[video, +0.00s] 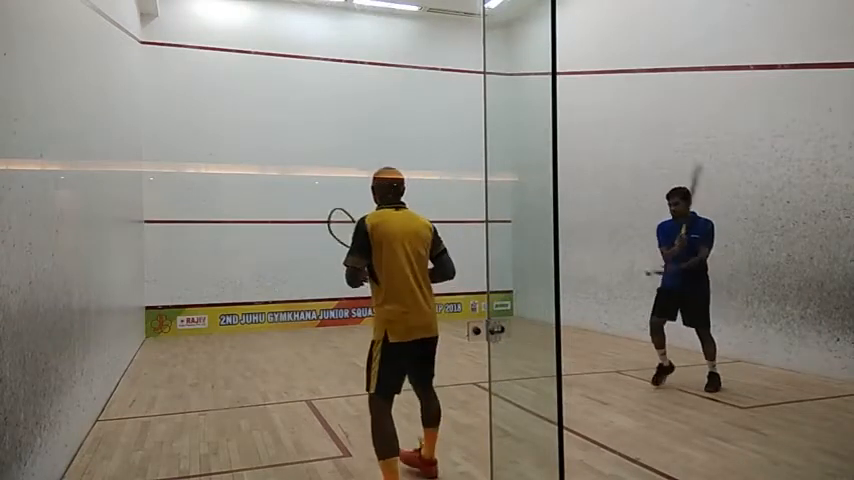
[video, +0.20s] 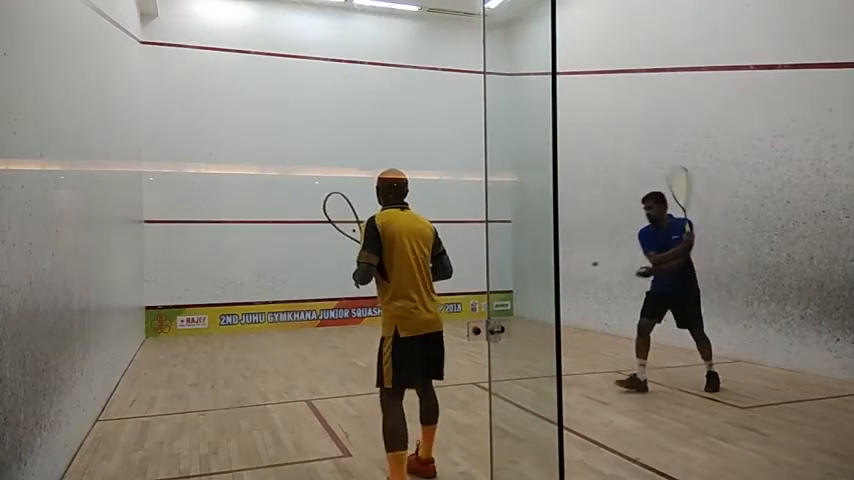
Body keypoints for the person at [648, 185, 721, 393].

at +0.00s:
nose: (672, 209)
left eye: (677, 204)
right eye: (670, 205)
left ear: (688, 204)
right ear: (667, 206)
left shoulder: (704, 226)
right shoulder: (664, 228)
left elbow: (702, 256)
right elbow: (666, 257)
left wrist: (677, 268)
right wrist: (677, 247)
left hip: (696, 285)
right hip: (671, 283)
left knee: (702, 330)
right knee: (655, 324)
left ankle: (712, 373)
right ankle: (664, 363)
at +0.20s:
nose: (647, 212)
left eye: (650, 208)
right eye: (645, 209)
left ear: (663, 207)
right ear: (644, 210)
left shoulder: (683, 225)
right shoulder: (645, 234)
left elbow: (683, 258)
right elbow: (654, 260)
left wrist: (655, 270)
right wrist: (683, 246)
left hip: (685, 288)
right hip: (660, 288)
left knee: (697, 333)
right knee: (643, 327)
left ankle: (711, 373)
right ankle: (640, 377)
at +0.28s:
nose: (637, 214)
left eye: (640, 210)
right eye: (635, 210)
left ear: (653, 209)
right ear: (635, 212)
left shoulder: (672, 227)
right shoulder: (636, 235)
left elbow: (673, 261)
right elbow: (637, 262)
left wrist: (649, 282)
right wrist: (665, 263)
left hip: (679, 289)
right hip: (654, 290)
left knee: (692, 332)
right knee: (643, 331)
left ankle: (710, 372)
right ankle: (638, 379)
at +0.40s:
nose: (617, 213)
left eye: (621, 209)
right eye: (618, 209)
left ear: (632, 210)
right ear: (630, 211)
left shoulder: (650, 230)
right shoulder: (626, 237)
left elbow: (661, 260)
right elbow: (612, 264)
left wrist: (664, 288)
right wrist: (589, 284)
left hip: (664, 286)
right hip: (644, 289)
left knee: (674, 334)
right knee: (635, 330)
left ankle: (705, 366)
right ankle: (636, 378)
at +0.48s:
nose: (611, 212)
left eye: (614, 208)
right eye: (612, 208)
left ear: (624, 210)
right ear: (622, 210)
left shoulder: (641, 229)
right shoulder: (622, 235)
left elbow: (655, 257)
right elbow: (607, 257)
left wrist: (668, 284)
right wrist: (589, 272)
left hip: (656, 291)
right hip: (638, 292)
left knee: (661, 335)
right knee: (632, 330)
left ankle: (700, 364)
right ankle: (636, 378)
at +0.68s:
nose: (597, 206)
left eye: (600, 203)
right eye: (598, 202)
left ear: (609, 206)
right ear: (611, 205)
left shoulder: (617, 225)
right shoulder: (617, 223)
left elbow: (630, 250)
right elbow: (620, 242)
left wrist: (642, 275)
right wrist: (636, 240)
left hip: (630, 288)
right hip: (625, 287)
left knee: (623, 331)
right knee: (622, 331)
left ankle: (656, 370)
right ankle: (635, 377)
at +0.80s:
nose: (588, 205)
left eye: (590, 202)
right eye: (589, 201)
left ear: (599, 203)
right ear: (607, 204)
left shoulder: (602, 225)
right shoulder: (620, 223)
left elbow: (610, 254)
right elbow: (639, 239)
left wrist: (609, 286)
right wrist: (657, 240)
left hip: (615, 287)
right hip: (628, 286)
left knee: (596, 327)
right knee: (620, 329)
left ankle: (612, 378)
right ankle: (635, 378)